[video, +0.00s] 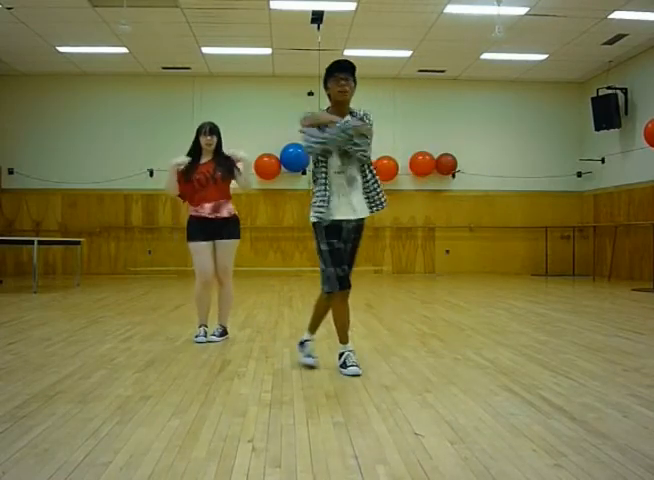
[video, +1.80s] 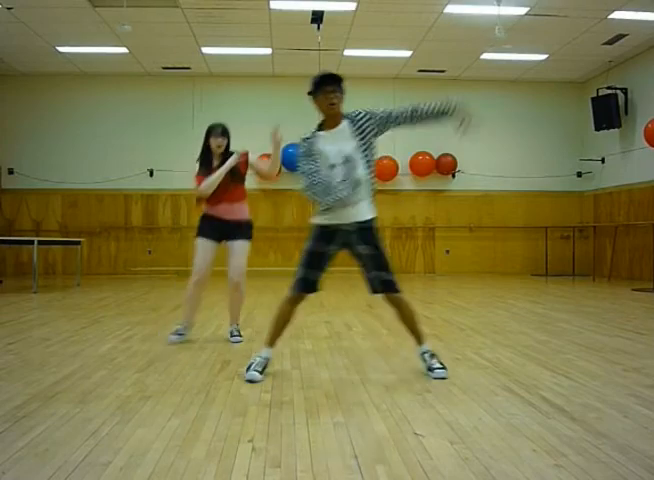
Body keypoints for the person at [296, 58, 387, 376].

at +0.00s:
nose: (342, 85)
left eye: (347, 81)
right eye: (336, 80)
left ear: (354, 87)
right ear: (326, 87)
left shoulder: (363, 120)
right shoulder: (315, 125)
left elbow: (342, 137)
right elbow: (309, 137)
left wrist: (316, 125)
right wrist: (341, 125)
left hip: (355, 210)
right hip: (326, 210)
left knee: (336, 282)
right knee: (338, 282)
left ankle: (306, 340)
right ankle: (345, 350)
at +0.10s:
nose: (336, 85)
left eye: (341, 81)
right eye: (331, 80)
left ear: (348, 86)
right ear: (320, 85)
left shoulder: (357, 122)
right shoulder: (304, 121)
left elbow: (378, 161)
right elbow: (286, 150)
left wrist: (359, 127)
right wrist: (322, 123)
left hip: (345, 209)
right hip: (315, 209)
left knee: (327, 283)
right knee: (328, 282)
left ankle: (300, 344)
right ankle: (344, 348)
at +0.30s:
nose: (324, 86)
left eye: (329, 82)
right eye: (318, 82)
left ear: (337, 88)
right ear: (308, 87)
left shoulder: (344, 127)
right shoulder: (294, 125)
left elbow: (350, 172)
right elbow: (278, 173)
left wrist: (358, 148)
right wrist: (275, 139)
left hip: (324, 214)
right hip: (293, 209)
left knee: (310, 285)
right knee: (280, 279)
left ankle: (298, 342)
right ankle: (304, 335)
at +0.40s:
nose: (315, 88)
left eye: (320, 83)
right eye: (310, 83)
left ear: (328, 89)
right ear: (300, 89)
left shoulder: (338, 127)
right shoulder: (287, 128)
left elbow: (350, 168)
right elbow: (269, 172)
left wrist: (348, 151)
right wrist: (267, 154)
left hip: (314, 218)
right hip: (281, 212)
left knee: (301, 289)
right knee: (270, 285)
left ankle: (294, 349)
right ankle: (262, 354)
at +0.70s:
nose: (297, 86)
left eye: (302, 81)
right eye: (291, 82)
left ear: (311, 87)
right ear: (281, 88)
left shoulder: (323, 125)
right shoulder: (265, 127)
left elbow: (338, 170)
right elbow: (247, 170)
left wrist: (324, 189)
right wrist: (264, 192)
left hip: (314, 222)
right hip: (279, 223)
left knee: (334, 288)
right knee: (271, 294)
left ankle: (339, 349)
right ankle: (255, 358)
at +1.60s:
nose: (300, 101)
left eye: (304, 95)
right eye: (293, 97)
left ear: (313, 99)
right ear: (284, 105)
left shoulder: (332, 135)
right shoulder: (279, 147)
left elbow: (356, 168)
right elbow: (270, 191)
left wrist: (361, 193)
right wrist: (229, 200)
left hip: (318, 228)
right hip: (284, 226)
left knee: (341, 292)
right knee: (273, 297)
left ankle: (312, 339)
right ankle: (255, 359)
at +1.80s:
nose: (333, 98)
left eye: (337, 93)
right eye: (326, 94)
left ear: (343, 97)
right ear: (315, 100)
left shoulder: (361, 122)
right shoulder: (310, 145)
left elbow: (405, 115)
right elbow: (317, 192)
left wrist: (449, 110)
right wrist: (352, 184)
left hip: (362, 224)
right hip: (326, 227)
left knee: (389, 291)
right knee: (298, 292)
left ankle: (425, 351)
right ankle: (263, 355)